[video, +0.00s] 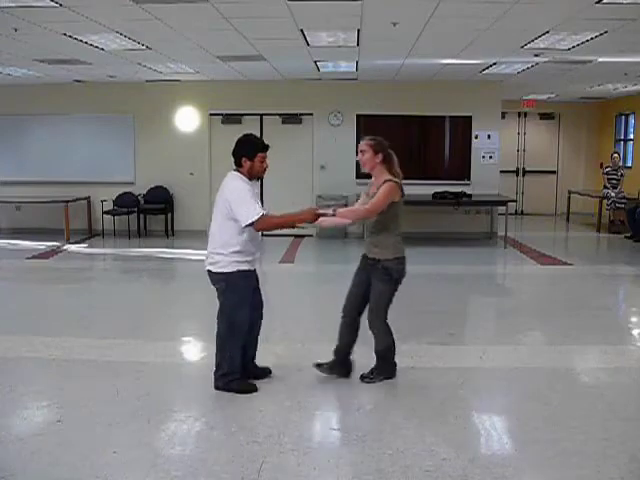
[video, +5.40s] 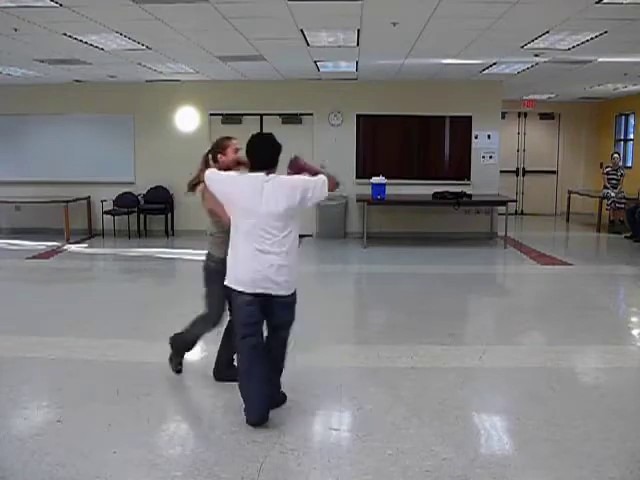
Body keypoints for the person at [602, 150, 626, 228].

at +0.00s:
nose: (615, 160)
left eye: (616, 158)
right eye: (613, 158)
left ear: (619, 160)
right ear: (611, 160)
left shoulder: (621, 170)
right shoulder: (606, 169)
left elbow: (621, 182)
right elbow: (605, 182)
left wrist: (618, 190)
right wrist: (611, 189)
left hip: (617, 188)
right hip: (608, 188)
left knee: (622, 196)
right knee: (611, 196)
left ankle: (621, 217)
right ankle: (611, 216)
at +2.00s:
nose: (615, 160)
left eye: (616, 158)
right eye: (613, 158)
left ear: (619, 160)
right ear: (611, 160)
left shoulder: (621, 170)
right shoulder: (606, 169)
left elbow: (621, 184)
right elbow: (605, 182)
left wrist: (617, 190)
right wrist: (611, 190)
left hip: (617, 188)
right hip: (608, 188)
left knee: (622, 196)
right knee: (611, 196)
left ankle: (621, 216)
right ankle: (611, 215)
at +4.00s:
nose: (615, 160)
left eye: (617, 158)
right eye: (613, 158)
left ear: (619, 160)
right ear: (611, 160)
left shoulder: (621, 170)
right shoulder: (606, 169)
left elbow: (621, 183)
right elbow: (605, 182)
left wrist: (617, 190)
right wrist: (611, 190)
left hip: (617, 189)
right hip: (608, 188)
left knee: (622, 196)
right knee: (611, 196)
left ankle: (621, 217)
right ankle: (611, 217)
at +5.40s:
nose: (615, 160)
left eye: (617, 158)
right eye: (614, 158)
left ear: (619, 160)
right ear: (611, 160)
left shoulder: (621, 170)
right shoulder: (606, 169)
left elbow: (621, 183)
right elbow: (605, 182)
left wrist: (617, 191)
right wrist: (611, 190)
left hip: (617, 188)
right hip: (608, 188)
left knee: (621, 196)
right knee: (611, 196)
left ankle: (621, 218)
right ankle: (612, 218)